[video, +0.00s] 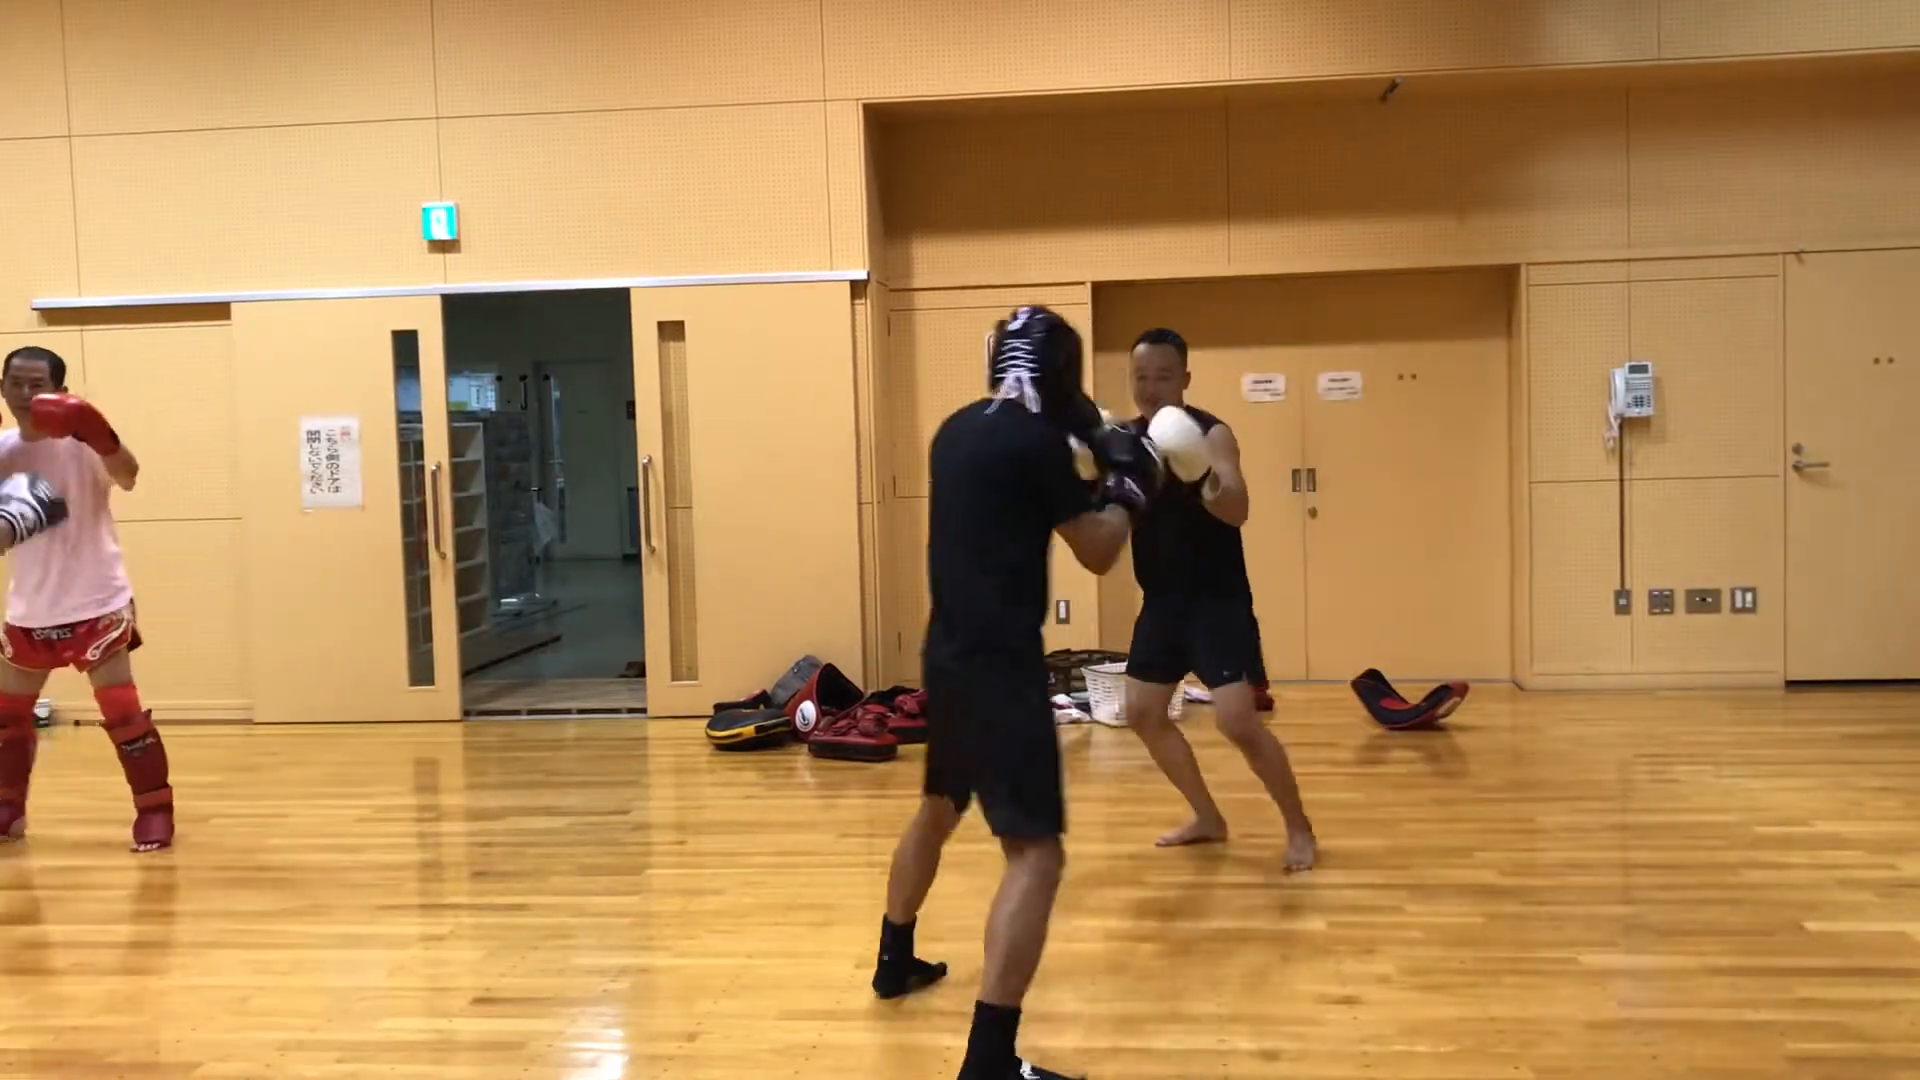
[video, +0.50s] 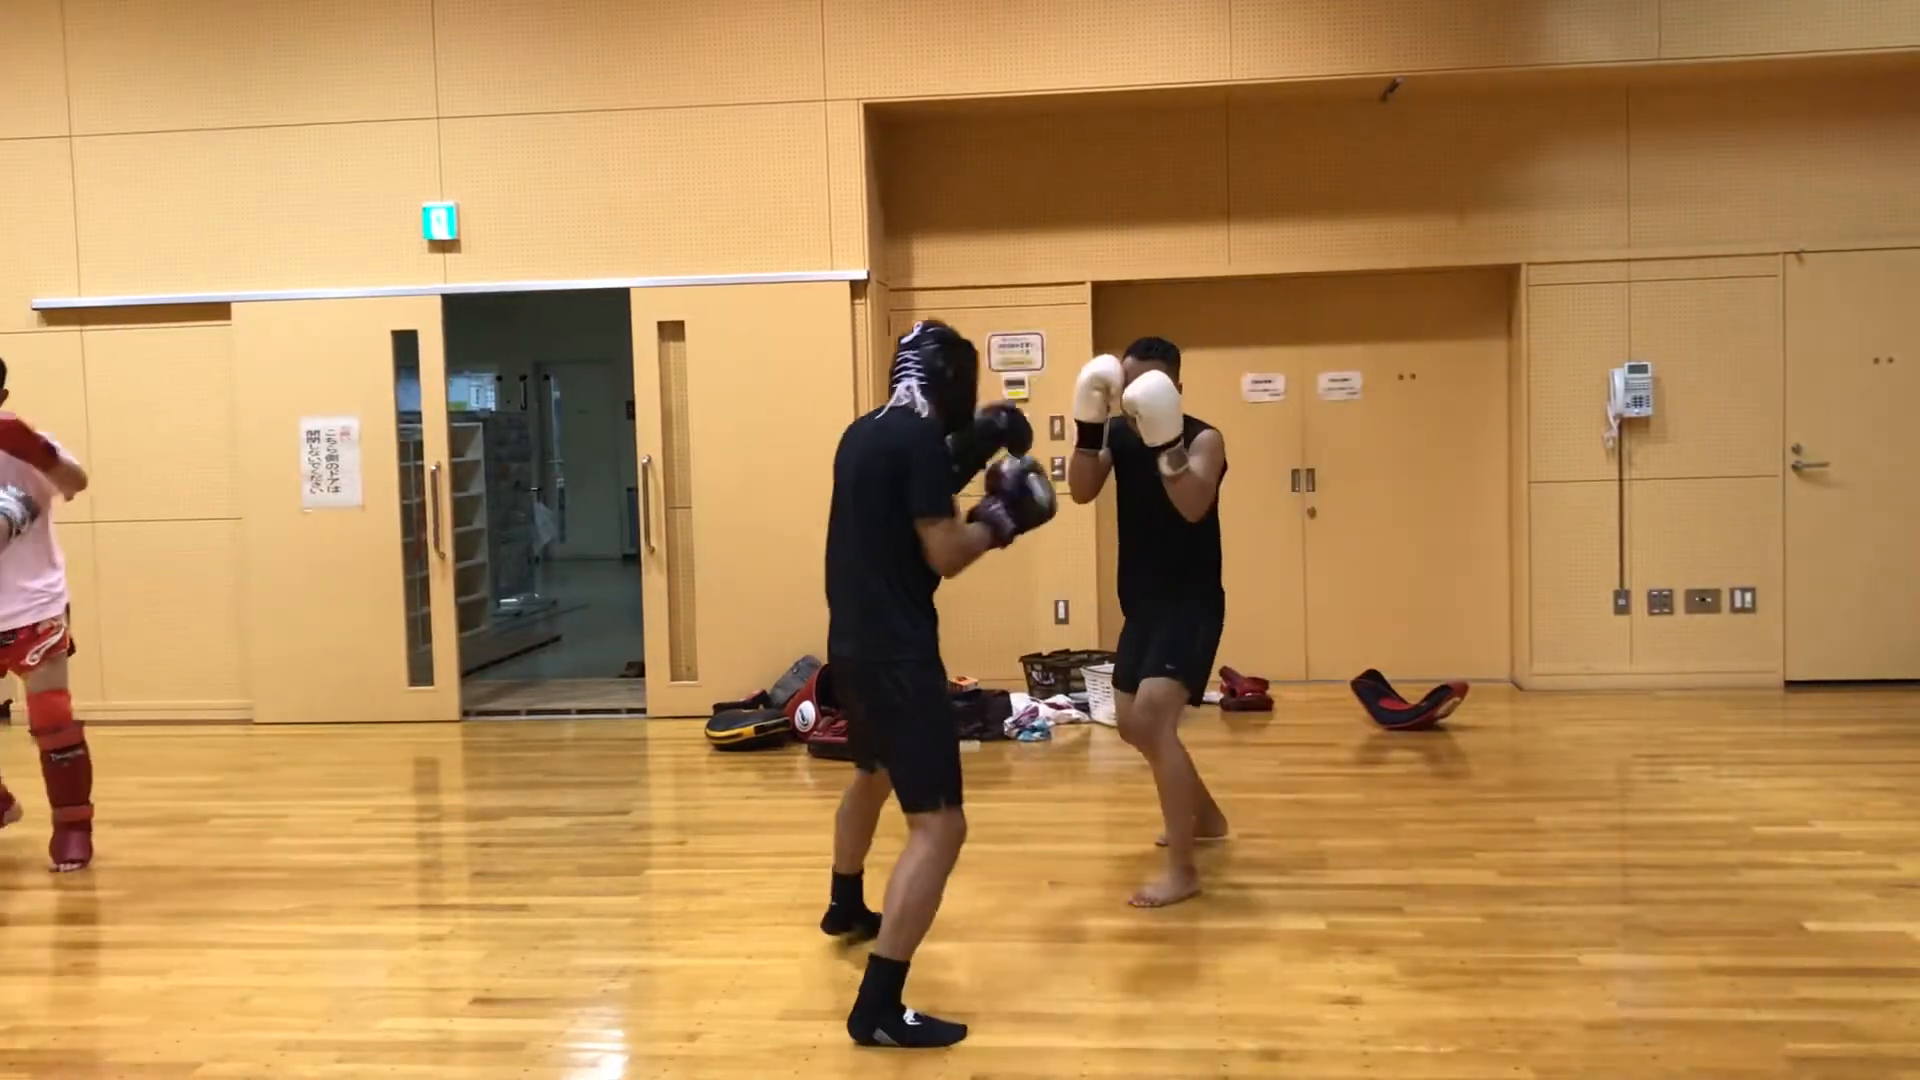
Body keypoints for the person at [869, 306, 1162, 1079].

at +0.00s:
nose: (1079, 387)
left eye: (1076, 372)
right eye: (1075, 372)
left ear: (996, 365)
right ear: (1060, 373)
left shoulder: (953, 432)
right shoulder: (1038, 441)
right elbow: (1099, 551)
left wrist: (1081, 461)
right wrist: (1128, 485)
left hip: (947, 659)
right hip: (1003, 669)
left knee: (937, 808)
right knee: (1035, 857)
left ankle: (893, 960)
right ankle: (990, 1058)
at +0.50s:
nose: (973, 399)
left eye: (972, 390)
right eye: (971, 387)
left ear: (902, 373)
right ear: (953, 383)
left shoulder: (860, 433)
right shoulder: (921, 439)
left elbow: (901, 515)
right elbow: (947, 556)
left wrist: (970, 451)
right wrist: (997, 519)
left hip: (852, 649)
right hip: (899, 656)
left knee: (871, 773)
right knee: (940, 826)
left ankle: (846, 908)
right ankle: (878, 1008)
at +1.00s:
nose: (886, 415)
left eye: (884, 406)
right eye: (884, 404)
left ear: (824, 391)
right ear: (871, 393)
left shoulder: (794, 449)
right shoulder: (853, 419)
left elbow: (846, 547)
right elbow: (934, 479)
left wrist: (897, 508)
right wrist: (955, 447)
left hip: (794, 621)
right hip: (827, 621)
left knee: (841, 775)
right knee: (861, 778)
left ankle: (835, 909)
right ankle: (825, 951)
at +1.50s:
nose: (858, 409)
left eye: (862, 399)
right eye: (851, 396)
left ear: (854, 396)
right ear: (821, 385)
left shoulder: (833, 437)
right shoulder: (772, 430)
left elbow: (884, 474)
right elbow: (786, 514)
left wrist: (917, 431)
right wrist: (850, 476)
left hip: (796, 617)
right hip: (754, 616)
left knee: (828, 725)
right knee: (766, 753)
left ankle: (790, 849)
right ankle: (728, 919)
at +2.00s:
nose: (782, 422)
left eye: (785, 414)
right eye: (778, 411)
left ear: (774, 402)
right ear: (759, 395)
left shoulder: (759, 440)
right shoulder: (718, 439)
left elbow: (780, 513)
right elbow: (775, 517)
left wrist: (827, 472)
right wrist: (820, 471)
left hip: (753, 604)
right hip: (706, 607)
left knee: (819, 699)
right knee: (703, 741)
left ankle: (797, 834)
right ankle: (646, 848)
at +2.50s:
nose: (821, 421)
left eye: (823, 412)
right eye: (812, 412)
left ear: (816, 411)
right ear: (780, 406)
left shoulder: (815, 440)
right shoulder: (729, 448)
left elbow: (829, 483)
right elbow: (728, 535)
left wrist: (868, 481)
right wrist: (791, 497)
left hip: (780, 599)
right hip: (724, 603)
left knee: (830, 693)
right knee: (704, 716)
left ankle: (818, 804)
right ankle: (645, 819)